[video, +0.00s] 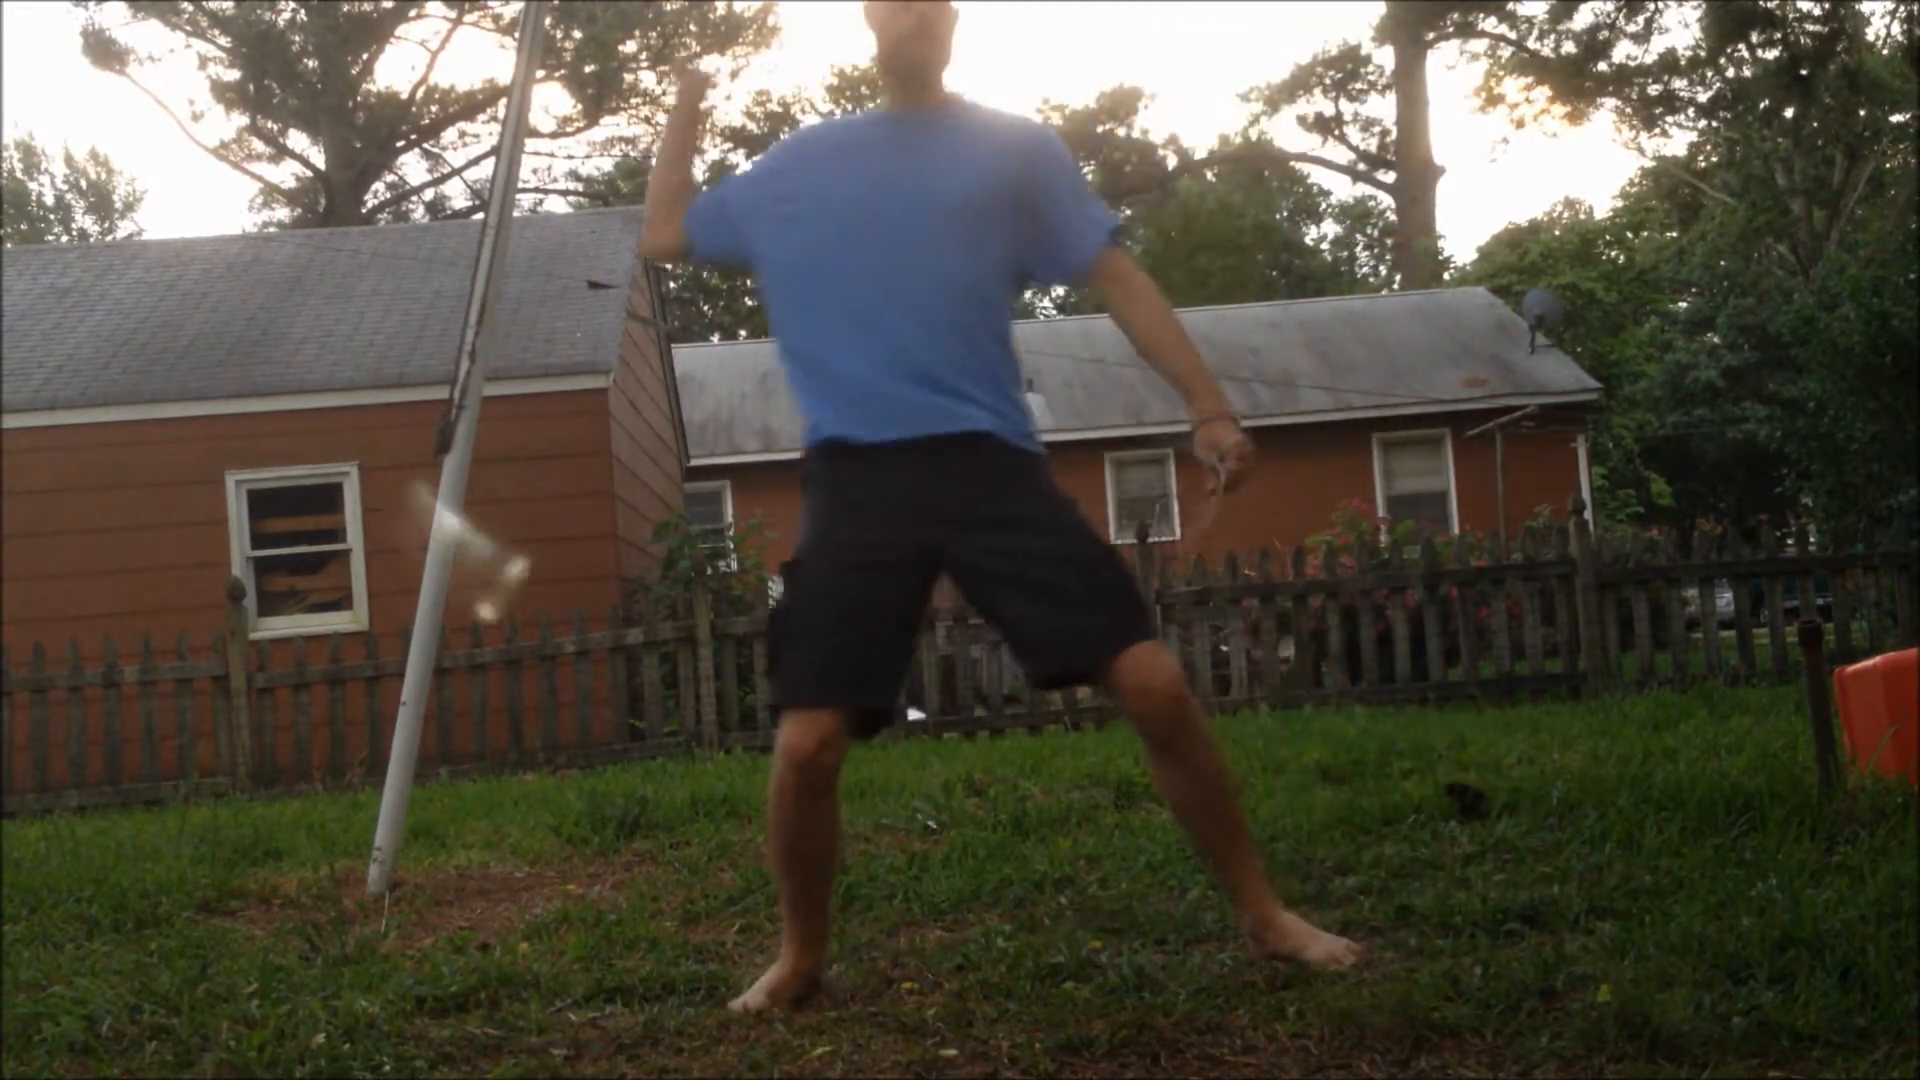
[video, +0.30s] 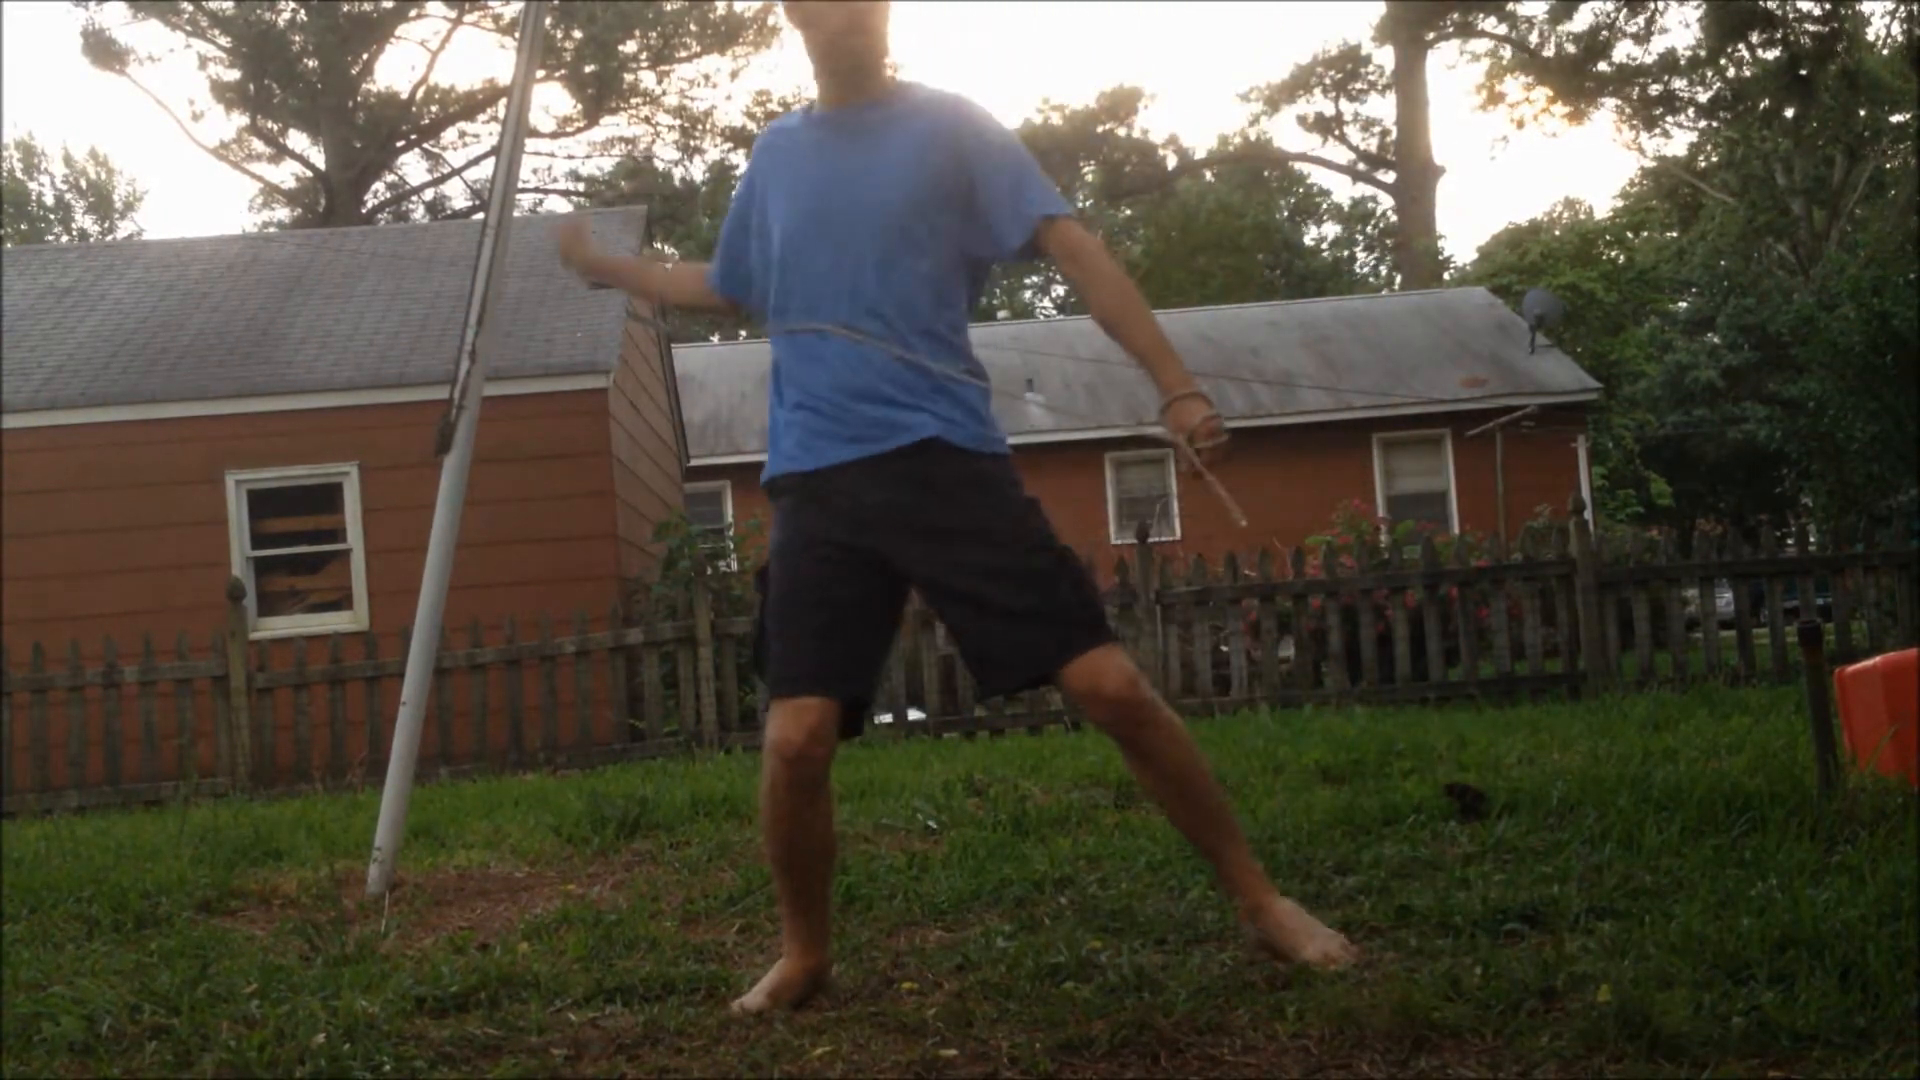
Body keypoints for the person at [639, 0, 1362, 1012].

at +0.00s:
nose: (913, 19)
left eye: (930, 3)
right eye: (894, 4)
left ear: (953, 25)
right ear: (866, 28)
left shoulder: (1019, 149)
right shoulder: (803, 159)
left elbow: (1115, 278)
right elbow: (664, 234)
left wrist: (1208, 404)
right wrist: (683, 114)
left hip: (995, 464)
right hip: (856, 472)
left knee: (1157, 685)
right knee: (804, 745)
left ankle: (1264, 916)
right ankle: (797, 963)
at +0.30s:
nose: (831, 12)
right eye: (812, 1)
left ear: (884, 11)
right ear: (790, 22)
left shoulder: (953, 126)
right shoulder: (777, 151)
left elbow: (1072, 247)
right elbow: (723, 286)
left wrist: (1175, 385)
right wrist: (602, 261)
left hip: (954, 462)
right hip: (818, 479)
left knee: (1112, 689)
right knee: (793, 739)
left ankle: (1264, 903)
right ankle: (802, 957)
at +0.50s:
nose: (797, 18)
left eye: (809, 1)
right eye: (796, 5)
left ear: (875, 2)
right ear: (858, 14)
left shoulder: (989, 105)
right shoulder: (840, 127)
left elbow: (1106, 238)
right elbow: (810, 281)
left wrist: (1161, 391)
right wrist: (684, 290)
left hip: (987, 439)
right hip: (869, 457)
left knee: (1097, 681)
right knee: (822, 701)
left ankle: (1264, 848)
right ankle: (806, 949)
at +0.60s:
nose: (852, 14)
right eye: (851, 4)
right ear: (896, 7)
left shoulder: (1023, 72)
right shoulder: (900, 122)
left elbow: (1141, 204)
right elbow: (901, 268)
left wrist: (1164, 375)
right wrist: (788, 260)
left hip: (1044, 419)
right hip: (932, 434)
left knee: (1103, 680)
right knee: (863, 681)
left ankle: (1297, 862)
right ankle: (801, 942)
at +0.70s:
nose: (921, 8)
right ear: (967, 1)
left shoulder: (1068, 54)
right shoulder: (991, 101)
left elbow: (1165, 184)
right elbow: (999, 245)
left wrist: (1151, 377)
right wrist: (884, 235)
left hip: (1092, 421)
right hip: (1002, 431)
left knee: (1145, 668)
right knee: (918, 653)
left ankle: (1321, 878)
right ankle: (833, 911)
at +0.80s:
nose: (983, 8)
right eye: (982, 2)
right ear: (1022, 2)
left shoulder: (1109, 48)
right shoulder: (1059, 76)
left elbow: (1165, 197)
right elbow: (1065, 217)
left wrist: (1125, 371)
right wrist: (968, 216)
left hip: (1142, 400)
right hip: (1063, 403)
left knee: (1162, 660)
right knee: (967, 635)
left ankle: (1322, 884)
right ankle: (959, 894)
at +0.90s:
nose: (1019, 6)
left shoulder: (1137, 51)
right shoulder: (1105, 69)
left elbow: (1172, 201)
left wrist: (1109, 363)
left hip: (1174, 403)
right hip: (1115, 405)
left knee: (1177, 654)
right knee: (1021, 637)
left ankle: (1323, 887)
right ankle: (1101, 872)